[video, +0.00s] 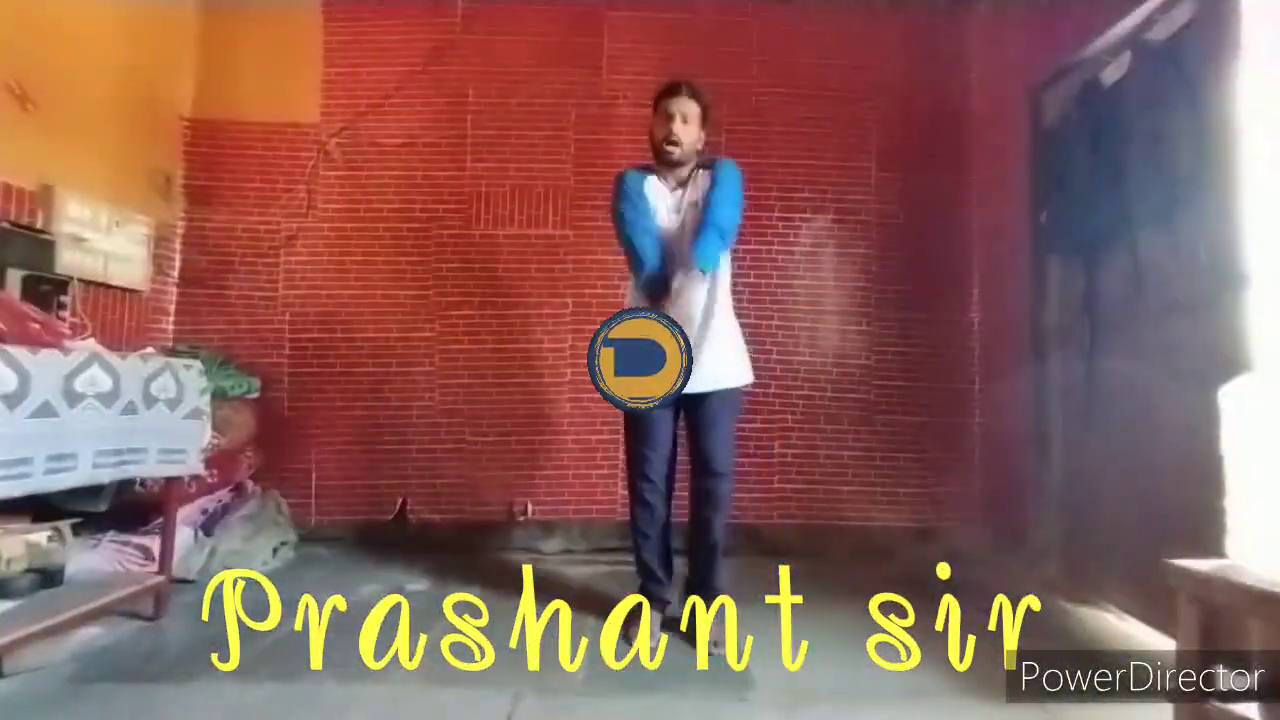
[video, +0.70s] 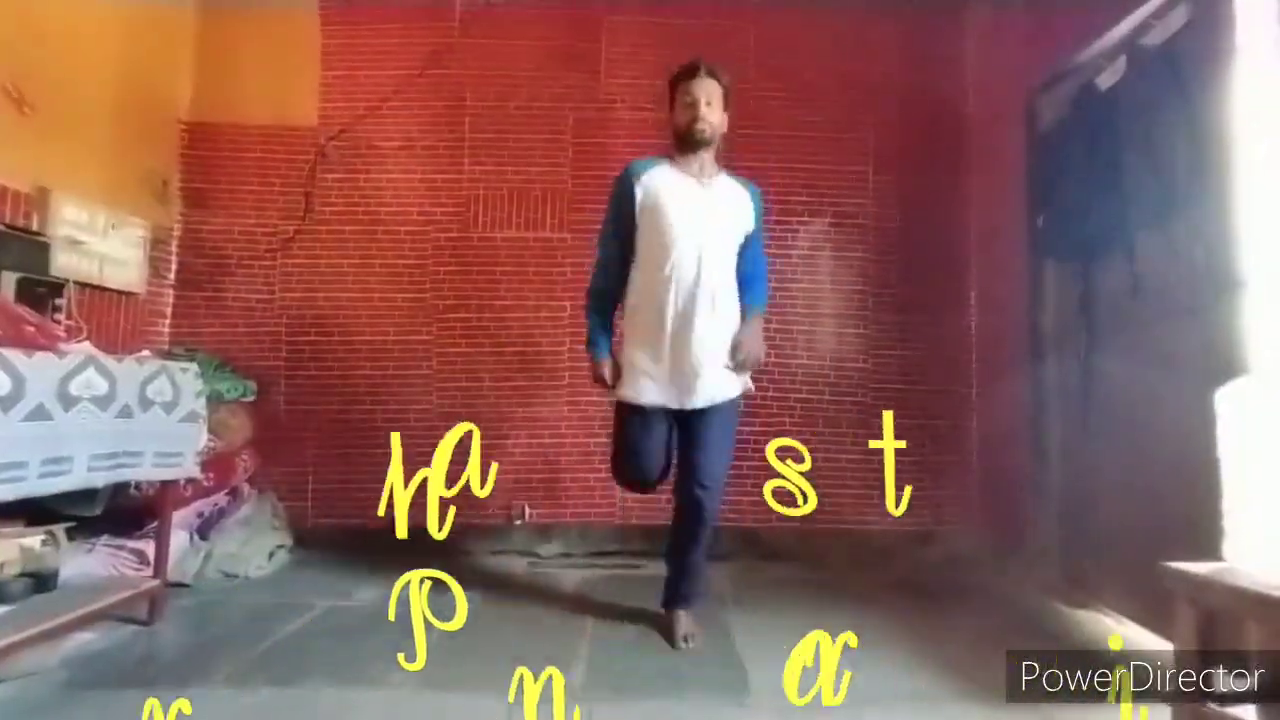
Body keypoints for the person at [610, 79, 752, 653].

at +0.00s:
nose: (675, 128)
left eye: (686, 120)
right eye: (667, 118)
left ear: (703, 130)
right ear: (653, 125)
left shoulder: (723, 177)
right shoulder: (634, 184)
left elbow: (721, 228)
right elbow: (635, 233)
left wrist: (695, 264)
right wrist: (653, 275)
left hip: (717, 359)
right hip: (654, 359)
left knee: (714, 486)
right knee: (649, 487)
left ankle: (705, 608)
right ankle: (656, 605)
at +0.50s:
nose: (702, 96)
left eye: (712, 86)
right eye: (690, 86)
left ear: (728, 98)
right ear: (672, 95)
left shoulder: (747, 176)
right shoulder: (639, 165)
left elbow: (751, 254)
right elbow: (603, 247)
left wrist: (742, 315)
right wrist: (608, 325)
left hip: (711, 355)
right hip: (640, 350)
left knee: (696, 482)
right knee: (634, 458)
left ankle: (682, 601)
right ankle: (636, 521)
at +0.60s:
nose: (703, 117)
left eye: (714, 107)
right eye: (691, 106)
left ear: (729, 119)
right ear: (673, 115)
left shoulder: (744, 202)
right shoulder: (640, 186)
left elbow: (746, 283)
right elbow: (604, 276)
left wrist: (750, 334)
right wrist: (600, 351)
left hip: (716, 372)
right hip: (649, 367)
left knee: (699, 497)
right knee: (632, 472)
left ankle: (678, 602)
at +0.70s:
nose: (701, 112)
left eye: (712, 103)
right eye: (690, 102)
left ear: (726, 114)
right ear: (672, 111)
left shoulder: (746, 197)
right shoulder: (639, 181)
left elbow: (755, 274)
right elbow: (608, 269)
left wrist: (753, 324)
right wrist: (600, 343)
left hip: (717, 366)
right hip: (648, 362)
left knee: (701, 496)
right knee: (639, 474)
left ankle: (681, 604)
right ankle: (652, 409)